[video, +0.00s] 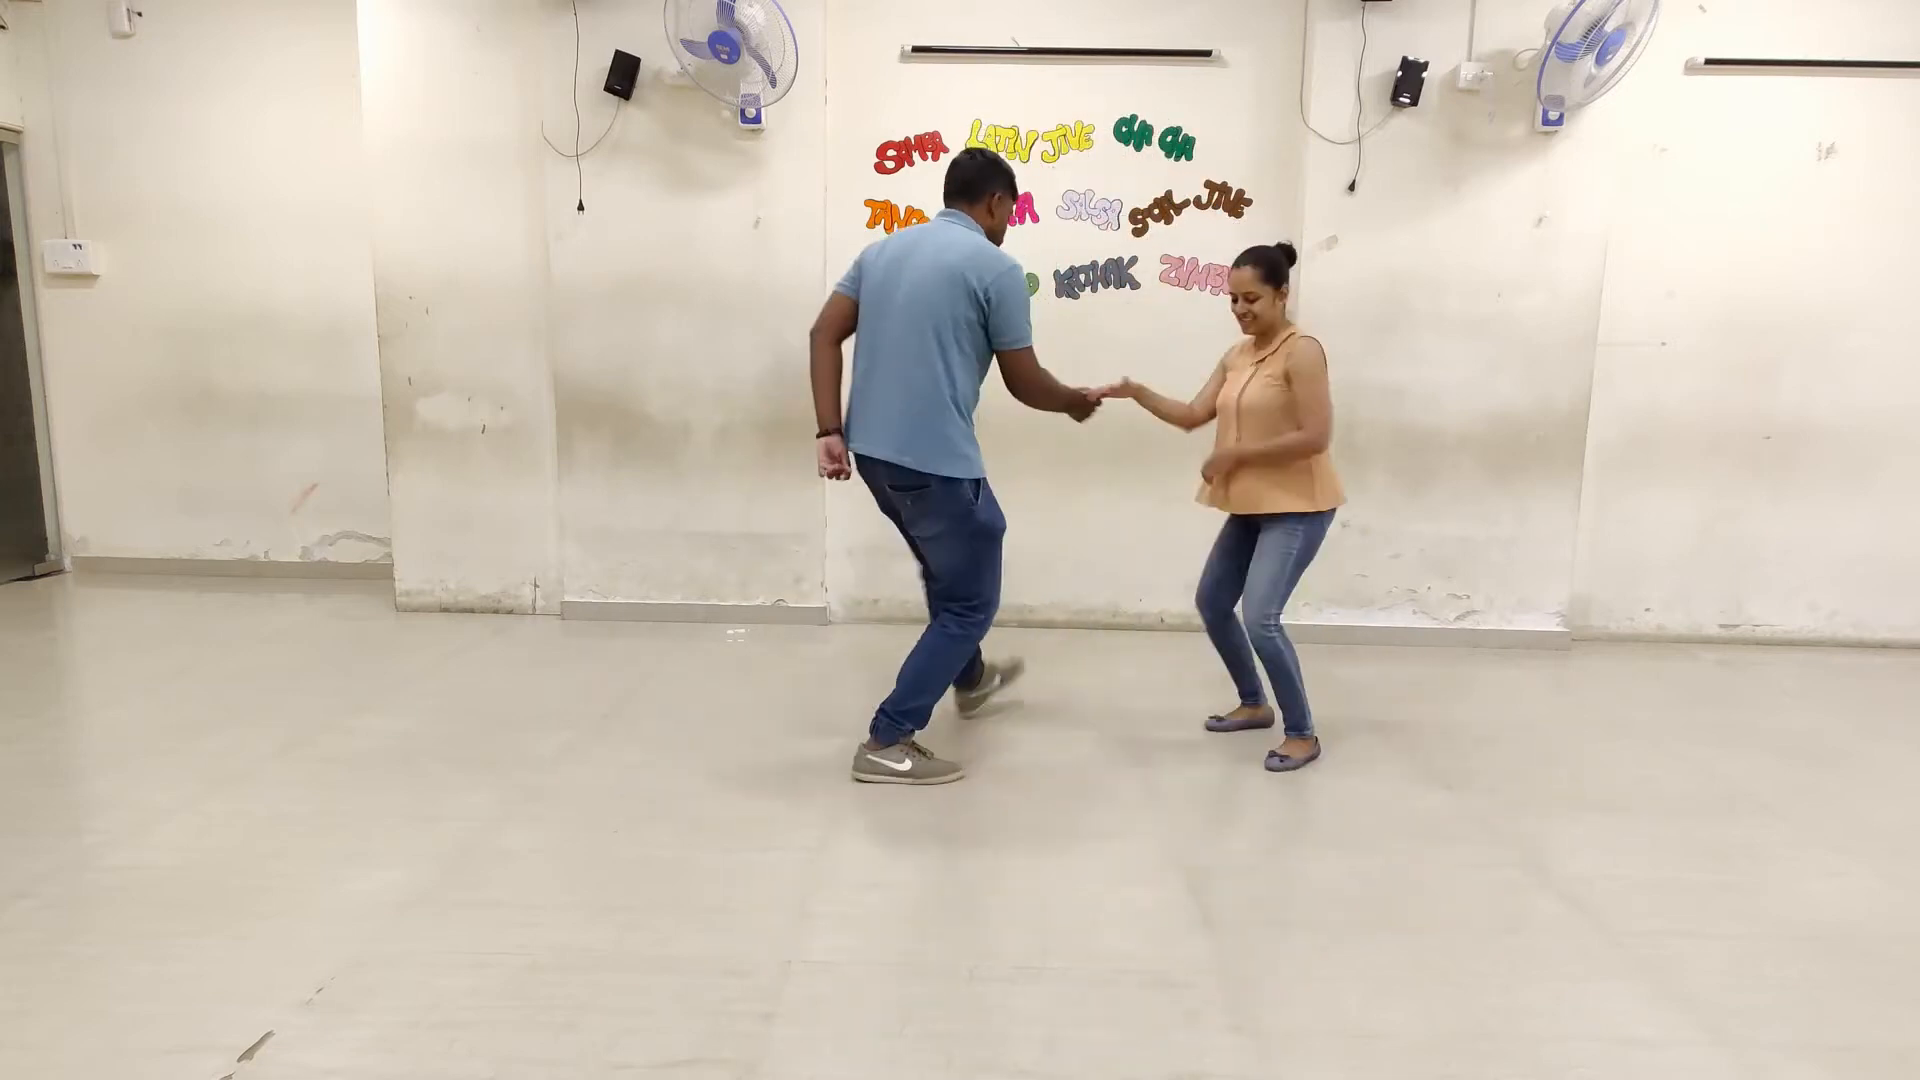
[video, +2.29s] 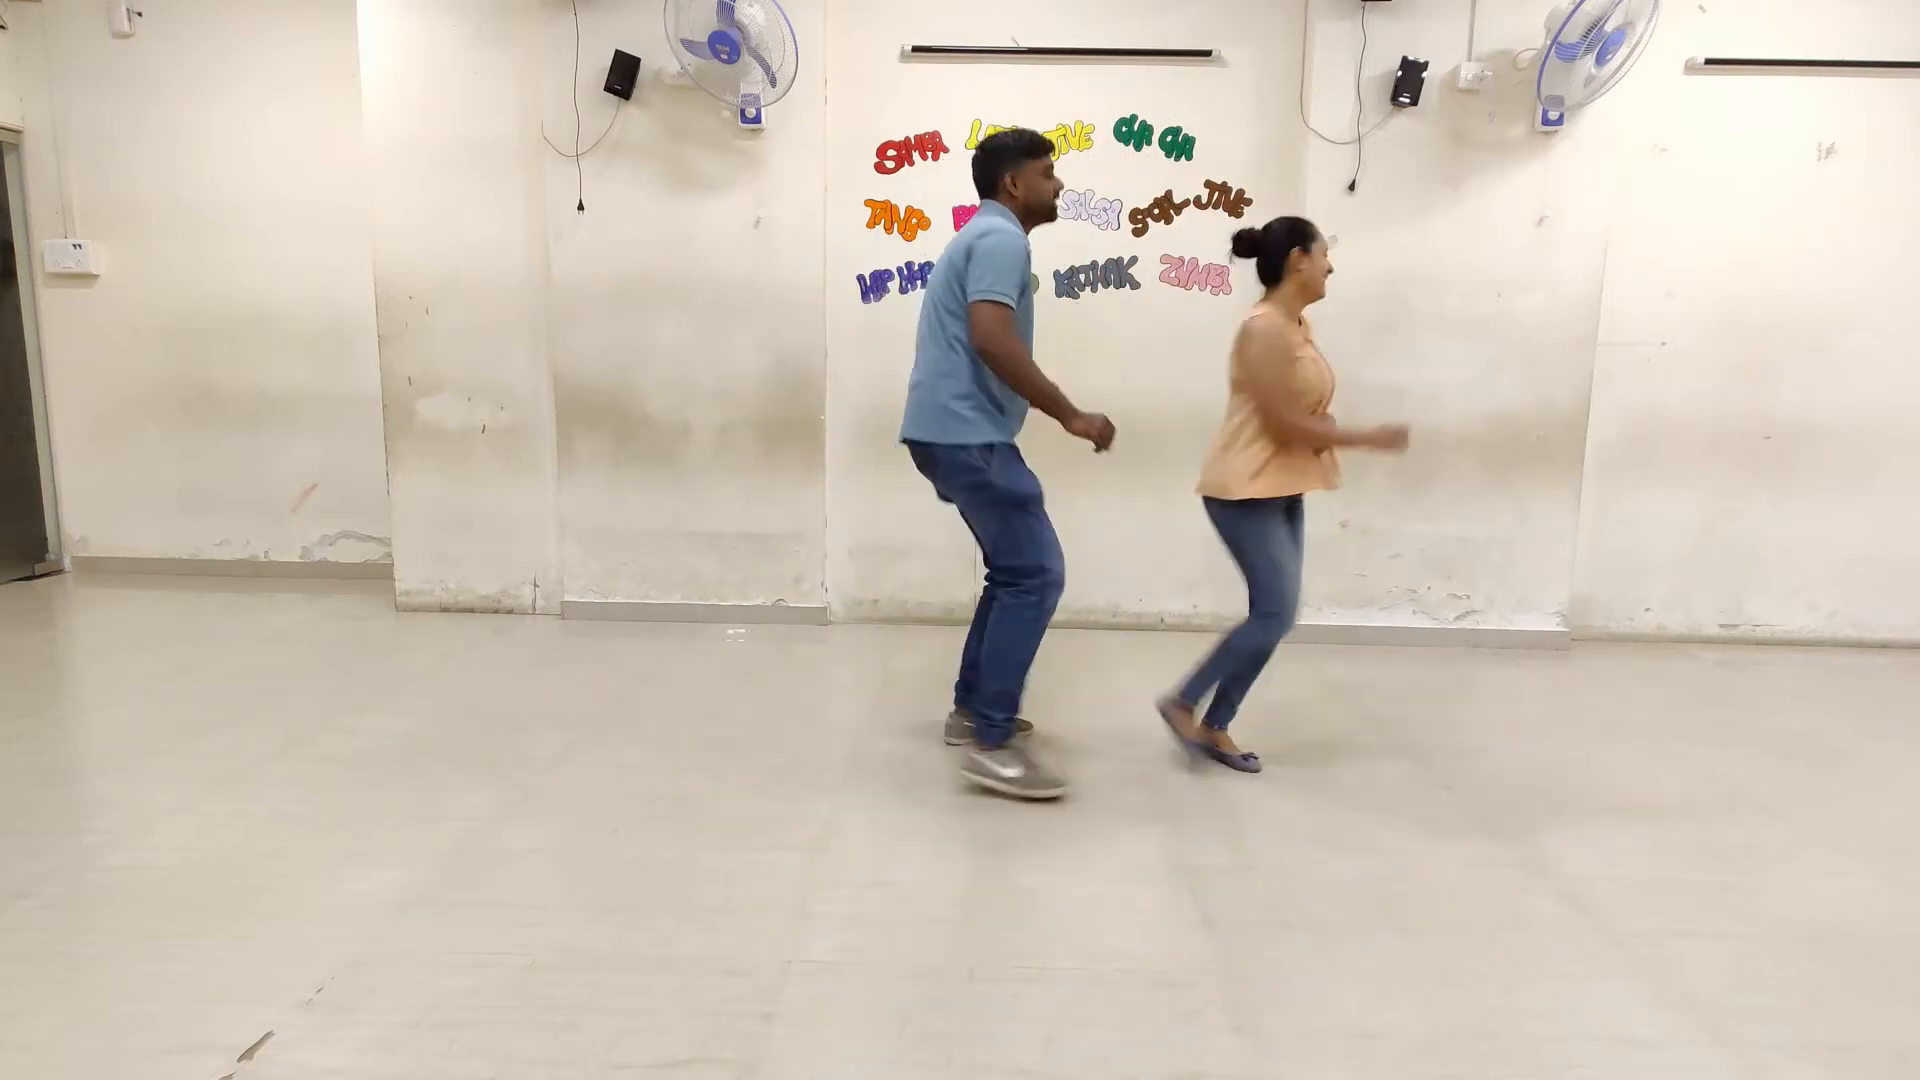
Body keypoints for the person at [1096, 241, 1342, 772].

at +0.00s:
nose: (1238, 309)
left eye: (1249, 299)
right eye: (1233, 299)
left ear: (1281, 295)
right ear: (1231, 297)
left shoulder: (1303, 351)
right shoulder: (1237, 355)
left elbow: (1317, 437)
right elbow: (1190, 416)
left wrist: (1235, 454)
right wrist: (1135, 389)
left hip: (1300, 507)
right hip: (1250, 507)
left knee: (1260, 617)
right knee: (1212, 602)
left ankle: (1301, 736)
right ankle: (1254, 705)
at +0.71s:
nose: (1243, 346)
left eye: (1253, 335)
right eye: (1233, 336)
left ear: (1280, 323)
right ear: (1224, 328)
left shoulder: (1326, 374)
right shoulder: (1218, 386)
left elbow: (1358, 444)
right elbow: (1184, 457)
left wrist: (1325, 469)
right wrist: (1123, 442)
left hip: (1310, 530)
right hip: (1238, 530)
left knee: (1290, 639)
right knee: (1214, 647)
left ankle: (1248, 735)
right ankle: (1229, 684)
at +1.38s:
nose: (1218, 316)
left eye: (1229, 309)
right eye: (1219, 306)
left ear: (1264, 317)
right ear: (1239, 315)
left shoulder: (1294, 379)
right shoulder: (1217, 377)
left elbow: (1315, 472)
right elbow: (1202, 458)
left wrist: (1237, 490)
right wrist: (1154, 490)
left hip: (1282, 532)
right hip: (1222, 528)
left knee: (1232, 631)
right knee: (1171, 609)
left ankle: (1272, 739)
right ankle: (1221, 705)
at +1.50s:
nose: (1219, 290)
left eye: (1229, 281)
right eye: (1222, 279)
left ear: (1262, 291)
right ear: (1258, 290)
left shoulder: (1267, 346)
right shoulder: (1255, 343)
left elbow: (1257, 435)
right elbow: (1216, 415)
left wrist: (1205, 450)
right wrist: (1137, 412)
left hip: (1282, 502)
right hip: (1259, 500)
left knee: (1230, 621)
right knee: (1200, 589)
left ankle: (1293, 744)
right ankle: (1223, 704)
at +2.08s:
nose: (1272, 286)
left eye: (1285, 279)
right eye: (1263, 274)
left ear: (1296, 291)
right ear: (1242, 279)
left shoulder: (1315, 352)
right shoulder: (1209, 349)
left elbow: (1343, 436)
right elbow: (1159, 418)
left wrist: (1261, 448)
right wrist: (1149, 470)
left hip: (1286, 514)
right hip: (1214, 506)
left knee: (1259, 633)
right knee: (1181, 612)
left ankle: (1218, 731)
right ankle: (1206, 682)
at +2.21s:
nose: (1320, 276)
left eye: (1321, 266)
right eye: (1311, 266)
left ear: (1292, 271)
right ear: (1276, 269)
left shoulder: (1315, 338)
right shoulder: (1234, 342)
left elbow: (1327, 413)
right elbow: (1234, 438)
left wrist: (1322, 428)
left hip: (1293, 502)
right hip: (1230, 498)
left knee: (1273, 630)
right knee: (1231, 619)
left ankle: (1218, 729)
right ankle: (1164, 674)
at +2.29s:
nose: (1331, 264)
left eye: (1328, 254)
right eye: (1324, 254)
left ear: (1295, 263)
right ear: (1296, 261)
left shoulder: (1293, 326)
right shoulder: (1264, 328)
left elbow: (1293, 413)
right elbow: (1285, 422)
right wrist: (1366, 438)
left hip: (1282, 491)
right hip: (1243, 490)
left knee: (1277, 614)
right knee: (1273, 611)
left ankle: (1214, 726)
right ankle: (1182, 702)